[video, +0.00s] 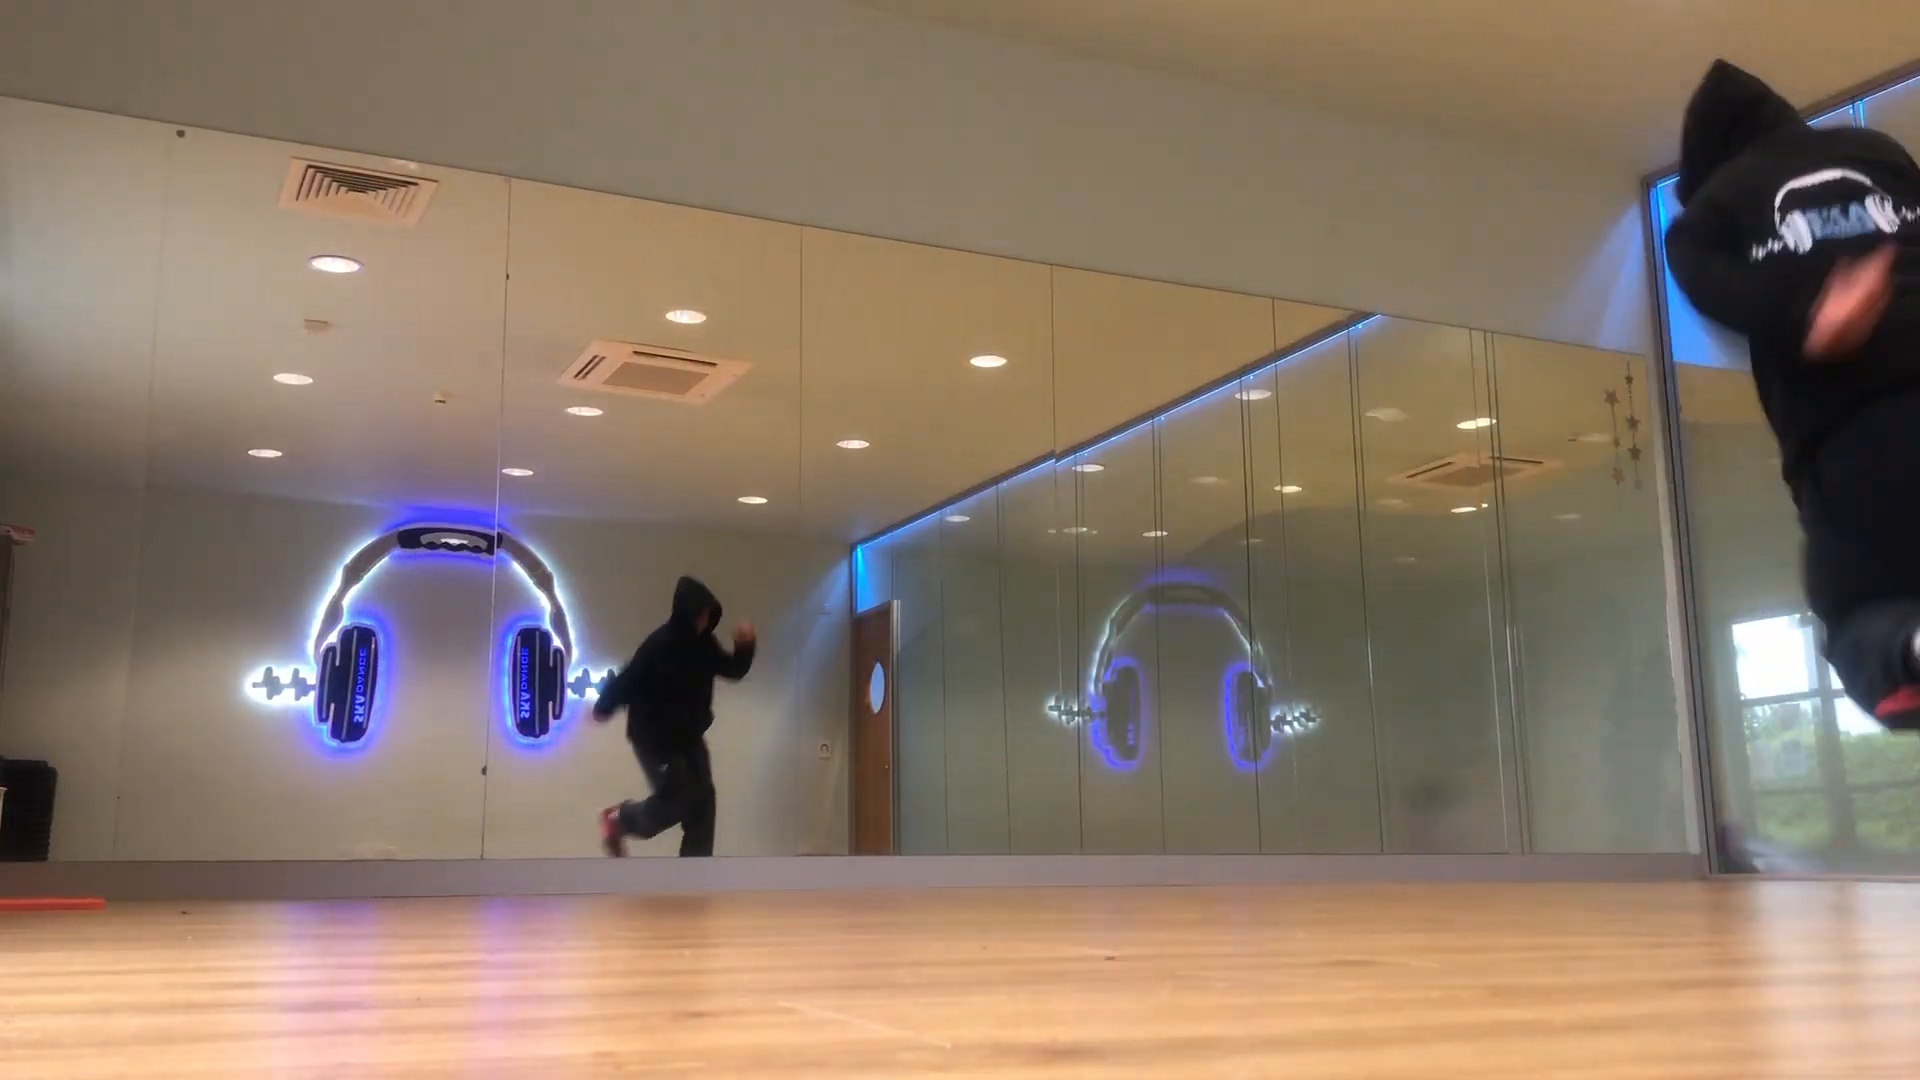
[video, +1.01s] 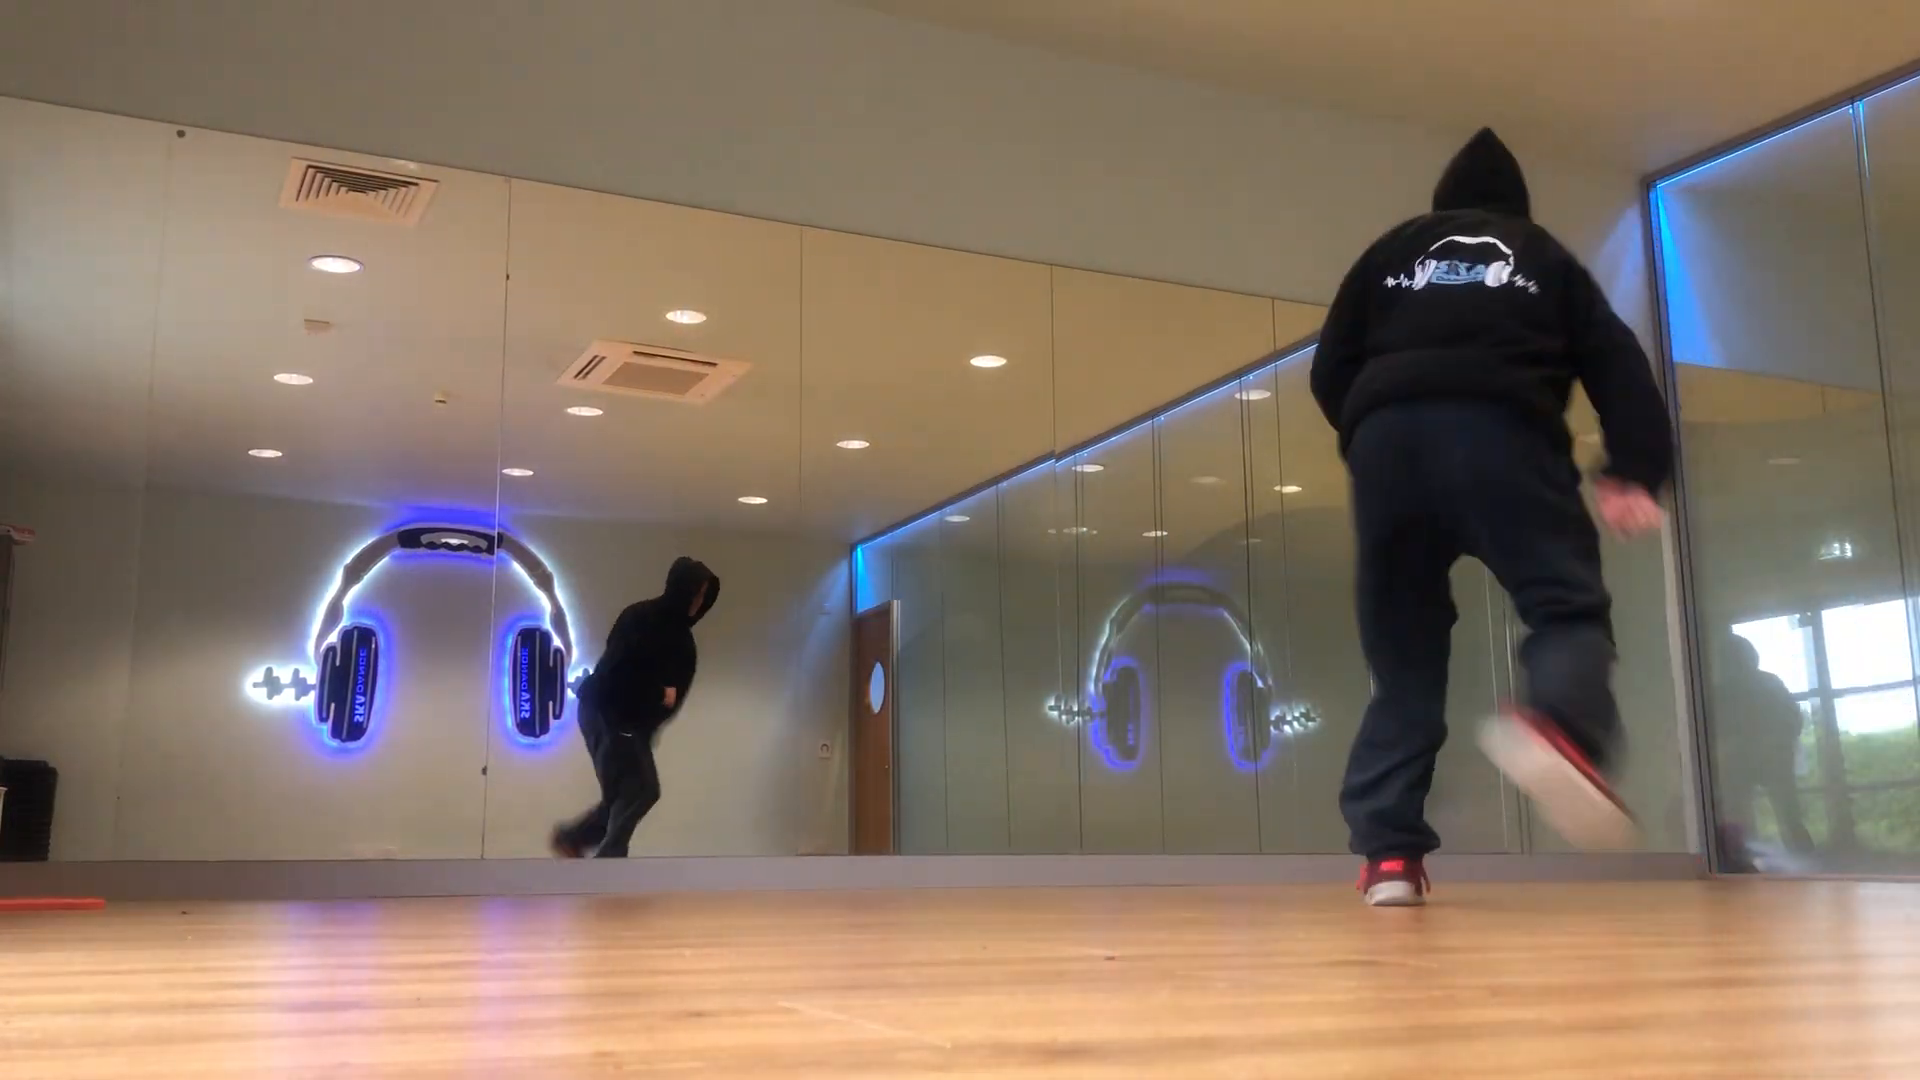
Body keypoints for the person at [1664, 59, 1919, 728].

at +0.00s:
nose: (1691, 176)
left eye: (1694, 161)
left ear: (1710, 141)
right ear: (1777, 113)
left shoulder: (1717, 198)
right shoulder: (1880, 149)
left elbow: (1705, 274)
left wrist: (1804, 301)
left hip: (1850, 425)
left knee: (1859, 608)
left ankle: (1900, 653)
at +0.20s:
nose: (1650, 153)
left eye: (1648, 139)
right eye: (1646, 145)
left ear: (1658, 114)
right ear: (1709, 89)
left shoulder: (1691, 116)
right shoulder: (1801, 131)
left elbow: (1719, 178)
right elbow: (1910, 195)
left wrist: (1703, 322)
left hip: (1835, 375)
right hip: (1896, 364)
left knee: (1724, 555)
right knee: (1886, 580)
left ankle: (1847, 760)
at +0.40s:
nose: (1600, 299)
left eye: (1597, 281)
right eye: (1591, 285)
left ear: (1623, 257)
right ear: (1647, 236)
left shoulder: (1704, 285)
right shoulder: (1733, 270)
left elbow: (1685, 433)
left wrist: (1635, 412)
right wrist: (1656, 402)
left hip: (1840, 508)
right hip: (1888, 504)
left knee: (1688, 622)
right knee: (1891, 700)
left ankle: (1651, 841)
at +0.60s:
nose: (1483, 257)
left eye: (1484, 241)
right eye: (1482, 245)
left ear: (1499, 219)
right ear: (1551, 197)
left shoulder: (1520, 256)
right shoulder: (1641, 242)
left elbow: (1506, 377)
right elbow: (1765, 288)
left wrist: (1487, 457)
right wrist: (1871, 342)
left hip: (1689, 448)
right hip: (1776, 431)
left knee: (1600, 631)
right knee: (1751, 639)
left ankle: (1647, 848)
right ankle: (1915, 722)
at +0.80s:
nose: (1468, 173)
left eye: (1469, 162)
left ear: (1476, 157)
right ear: (1555, 146)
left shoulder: (1464, 208)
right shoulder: (1624, 201)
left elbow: (1443, 275)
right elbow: (1720, 307)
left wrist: (1428, 377)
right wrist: (1635, 344)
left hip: (1521, 430)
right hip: (1647, 423)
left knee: (1483, 611)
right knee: (1665, 622)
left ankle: (1468, 816)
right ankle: (1663, 816)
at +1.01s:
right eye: (1517, 202)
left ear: (1443, 196)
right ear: (1519, 199)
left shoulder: (1390, 248)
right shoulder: (1545, 255)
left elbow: (1331, 363)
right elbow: (1614, 355)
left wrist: (1373, 433)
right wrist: (1634, 465)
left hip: (1389, 448)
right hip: (1506, 441)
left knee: (1404, 662)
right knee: (1566, 607)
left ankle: (1390, 853)